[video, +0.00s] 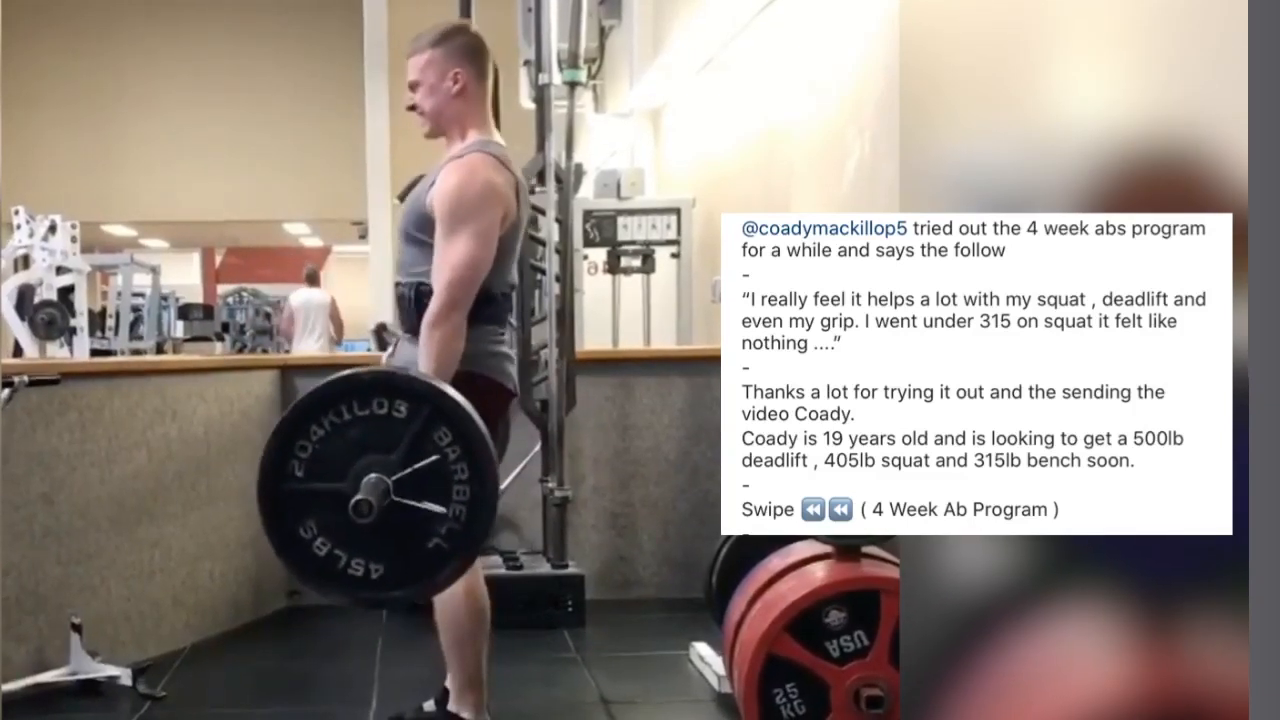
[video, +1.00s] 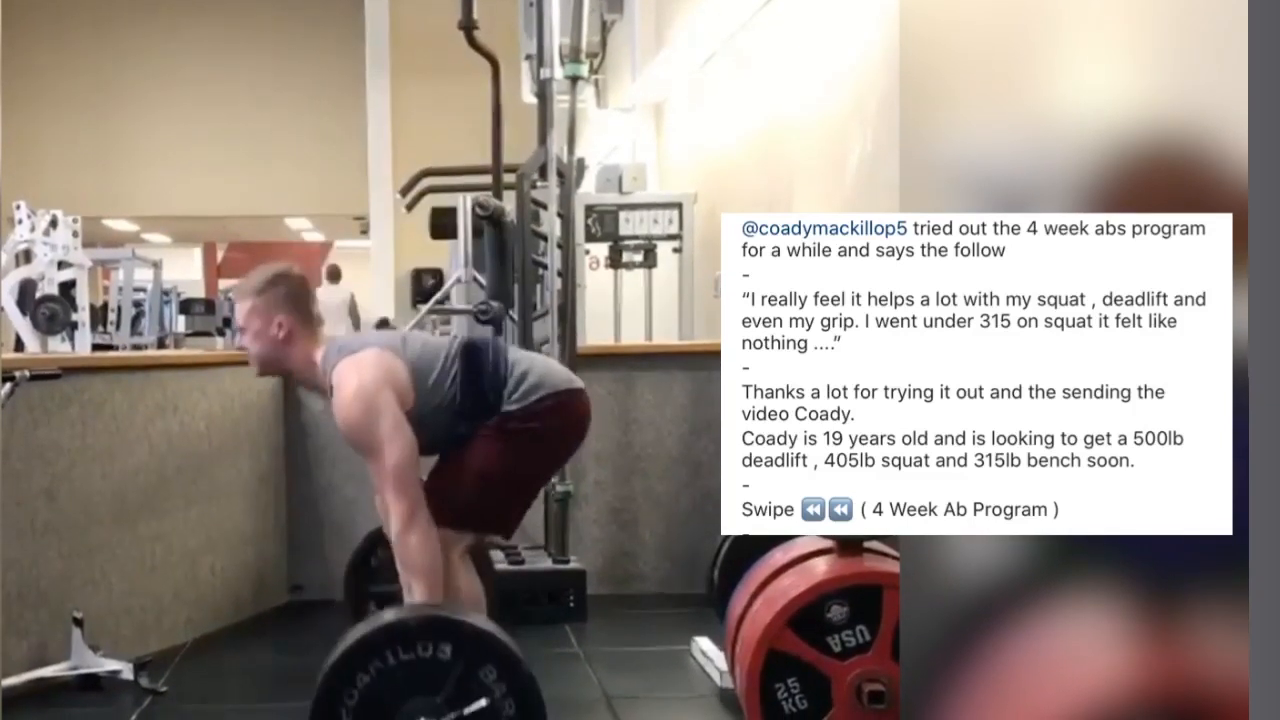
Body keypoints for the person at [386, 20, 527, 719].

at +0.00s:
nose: (411, 102)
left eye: (420, 86)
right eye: (410, 89)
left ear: (460, 83)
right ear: (463, 87)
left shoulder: (474, 173)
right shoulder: (473, 167)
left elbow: (450, 306)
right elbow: (448, 300)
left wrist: (426, 412)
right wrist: (413, 398)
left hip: (465, 375)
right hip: (470, 371)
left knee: (449, 546)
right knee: (451, 545)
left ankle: (469, 708)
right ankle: (463, 699)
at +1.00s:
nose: (239, 343)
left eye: (244, 330)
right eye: (238, 331)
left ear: (280, 328)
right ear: (283, 328)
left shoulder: (360, 387)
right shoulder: (350, 371)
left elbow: (409, 519)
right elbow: (392, 498)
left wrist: (426, 645)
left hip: (541, 401)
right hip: (534, 396)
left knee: (436, 542)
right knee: (445, 543)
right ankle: (476, 674)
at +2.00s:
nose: (285, 309)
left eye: (292, 296)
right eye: (286, 297)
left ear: (330, 298)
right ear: (328, 299)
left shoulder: (392, 378)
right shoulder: (374, 368)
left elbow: (416, 519)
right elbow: (393, 493)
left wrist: (440, 651)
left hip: (550, 461)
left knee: (402, 550)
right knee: (400, 543)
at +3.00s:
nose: (280, 227)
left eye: (288, 214)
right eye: (281, 215)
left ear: (325, 215)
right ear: (323, 215)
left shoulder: (387, 292)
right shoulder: (369, 291)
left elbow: (423, 428)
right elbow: (398, 415)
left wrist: (443, 540)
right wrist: (416, 523)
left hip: (542, 379)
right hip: (512, 382)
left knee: (469, 518)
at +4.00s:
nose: (448, 91)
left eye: (459, 78)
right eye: (449, 79)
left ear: (502, 79)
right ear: (502, 83)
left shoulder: (510, 168)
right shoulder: (500, 162)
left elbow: (480, 305)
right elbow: (472, 295)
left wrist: (452, 414)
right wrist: (441, 407)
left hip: (480, 366)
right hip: (479, 361)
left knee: (464, 542)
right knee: (463, 539)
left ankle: (474, 702)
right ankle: (466, 691)